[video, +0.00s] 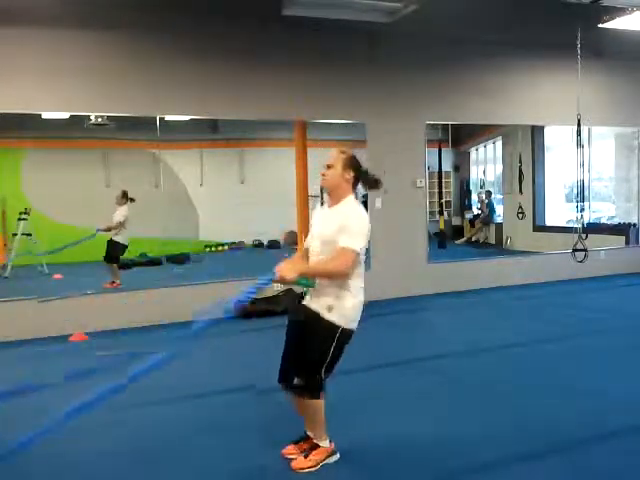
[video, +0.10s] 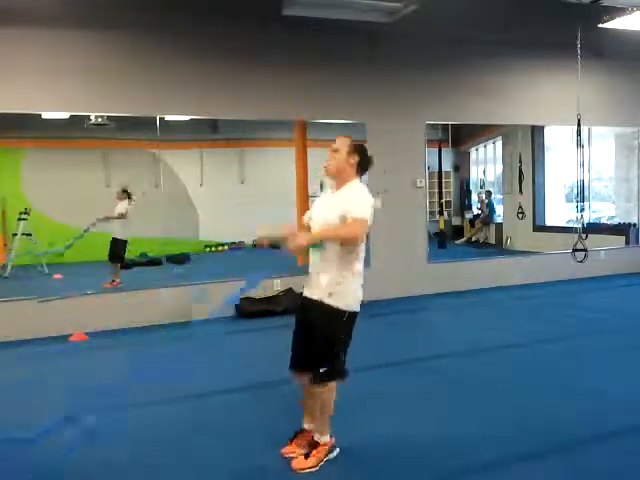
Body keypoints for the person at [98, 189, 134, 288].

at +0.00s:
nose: (116, 199)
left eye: (119, 198)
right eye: (117, 197)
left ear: (123, 200)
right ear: (123, 199)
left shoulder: (123, 211)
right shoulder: (120, 209)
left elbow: (118, 225)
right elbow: (118, 224)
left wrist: (106, 229)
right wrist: (107, 228)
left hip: (120, 239)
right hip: (116, 238)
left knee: (112, 260)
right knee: (109, 260)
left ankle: (117, 280)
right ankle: (115, 280)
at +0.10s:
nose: (117, 195)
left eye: (119, 194)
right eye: (118, 193)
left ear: (124, 195)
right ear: (123, 195)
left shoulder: (124, 205)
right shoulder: (120, 204)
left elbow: (122, 216)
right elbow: (116, 217)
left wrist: (108, 217)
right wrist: (102, 219)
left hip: (121, 236)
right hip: (117, 235)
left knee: (116, 260)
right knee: (114, 259)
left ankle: (116, 279)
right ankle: (115, 279)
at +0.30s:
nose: (114, 190)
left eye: (116, 188)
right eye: (115, 188)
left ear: (119, 189)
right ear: (123, 189)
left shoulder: (123, 197)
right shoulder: (118, 198)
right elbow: (109, 201)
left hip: (120, 230)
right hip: (115, 230)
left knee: (120, 255)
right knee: (115, 254)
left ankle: (120, 276)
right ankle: (116, 274)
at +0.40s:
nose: (108, 197)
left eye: (110, 195)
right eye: (109, 195)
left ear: (114, 195)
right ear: (114, 195)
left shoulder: (119, 205)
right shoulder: (113, 205)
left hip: (121, 234)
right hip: (116, 234)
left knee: (120, 259)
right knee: (116, 259)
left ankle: (122, 280)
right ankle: (118, 278)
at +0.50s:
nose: (108, 201)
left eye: (109, 199)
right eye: (108, 199)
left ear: (113, 200)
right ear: (112, 200)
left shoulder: (116, 210)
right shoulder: (111, 210)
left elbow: (109, 219)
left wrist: (106, 212)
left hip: (119, 237)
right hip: (115, 236)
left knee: (116, 260)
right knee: (110, 260)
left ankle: (122, 280)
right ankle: (116, 279)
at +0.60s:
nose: (106, 196)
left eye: (108, 193)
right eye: (106, 193)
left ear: (113, 194)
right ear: (113, 195)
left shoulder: (115, 205)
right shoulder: (109, 206)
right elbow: (101, 216)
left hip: (114, 233)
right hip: (109, 233)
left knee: (112, 258)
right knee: (111, 258)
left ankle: (115, 279)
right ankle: (114, 278)